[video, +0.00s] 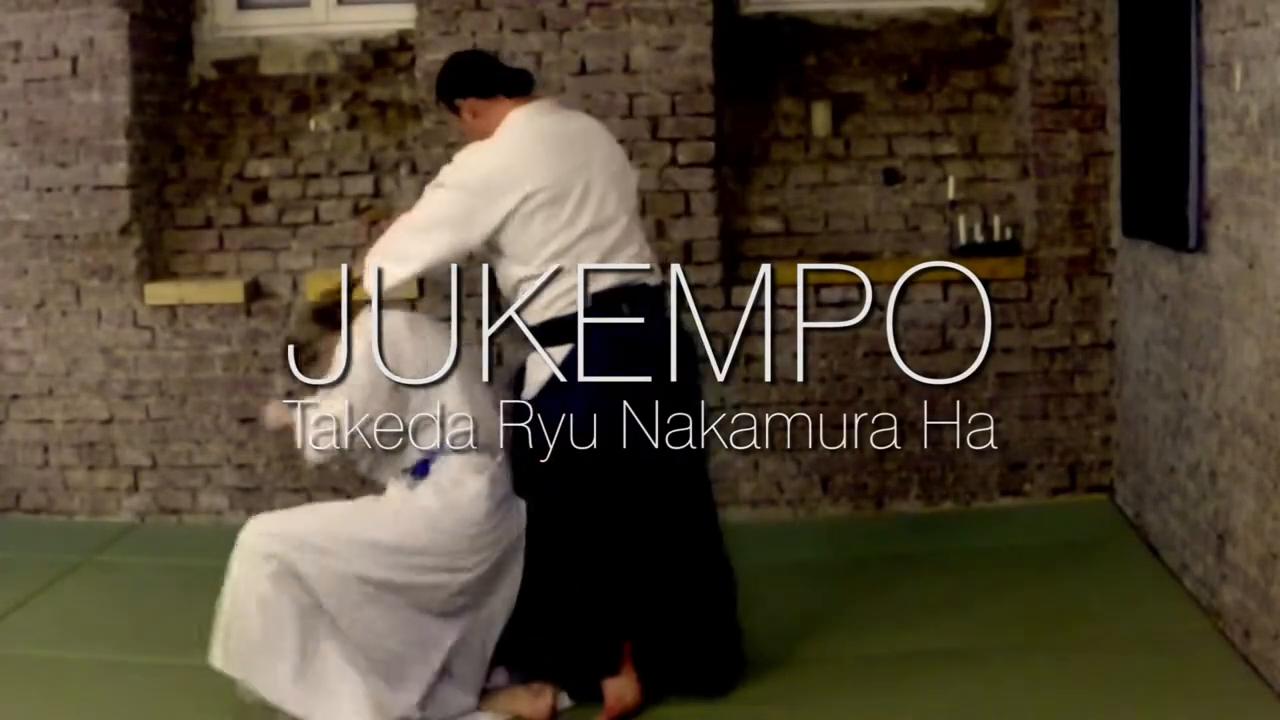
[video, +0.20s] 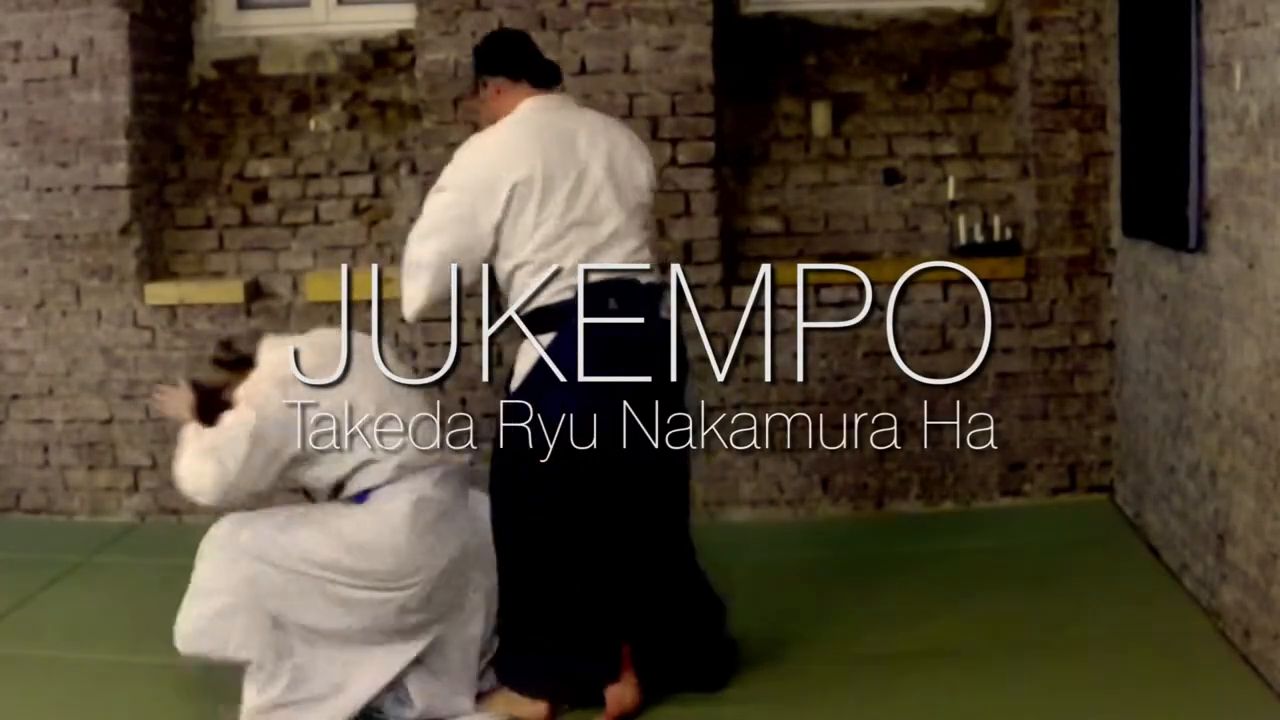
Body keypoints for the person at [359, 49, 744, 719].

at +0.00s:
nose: (461, 134)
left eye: (456, 120)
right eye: (456, 122)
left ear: (470, 106)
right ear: (518, 88)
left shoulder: (491, 160)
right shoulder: (592, 130)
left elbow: (411, 245)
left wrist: (364, 273)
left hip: (576, 340)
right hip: (654, 328)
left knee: (568, 508)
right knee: (657, 501)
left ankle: (611, 667)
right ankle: (684, 654)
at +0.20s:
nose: (480, 116)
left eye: (478, 103)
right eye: (478, 105)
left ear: (498, 89)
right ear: (546, 81)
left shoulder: (491, 151)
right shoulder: (622, 137)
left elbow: (424, 279)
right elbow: (633, 219)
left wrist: (423, 298)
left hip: (559, 349)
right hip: (647, 342)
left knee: (529, 509)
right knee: (630, 507)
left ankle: (532, 680)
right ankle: (629, 663)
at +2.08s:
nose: (626, 50)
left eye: (638, 37)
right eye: (614, 38)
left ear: (661, 47)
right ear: (596, 48)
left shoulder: (699, 129)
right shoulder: (571, 128)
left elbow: (742, 206)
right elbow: (538, 211)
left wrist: (717, 240)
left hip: (684, 322)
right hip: (597, 324)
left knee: (729, 477)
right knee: (613, 492)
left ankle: (773, 638)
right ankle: (626, 649)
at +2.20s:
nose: (622, 49)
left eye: (634, 36)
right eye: (611, 37)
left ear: (657, 46)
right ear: (592, 46)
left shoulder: (694, 128)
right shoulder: (568, 128)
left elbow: (742, 211)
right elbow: (543, 209)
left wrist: (679, 231)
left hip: (680, 316)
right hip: (595, 321)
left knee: (711, 477)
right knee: (614, 485)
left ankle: (739, 637)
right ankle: (626, 641)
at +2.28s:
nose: (622, 50)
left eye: (634, 37)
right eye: (611, 38)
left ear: (658, 46)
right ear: (594, 47)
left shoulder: (696, 127)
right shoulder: (576, 128)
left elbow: (743, 208)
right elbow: (554, 218)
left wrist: (671, 223)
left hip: (688, 330)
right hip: (602, 330)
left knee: (707, 490)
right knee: (618, 490)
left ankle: (719, 643)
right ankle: (633, 644)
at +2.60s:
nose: (641, 81)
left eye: (654, 68)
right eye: (630, 69)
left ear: (678, 74)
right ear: (616, 76)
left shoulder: (720, 145)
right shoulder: (599, 149)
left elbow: (760, 233)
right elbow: (586, 241)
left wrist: (695, 184)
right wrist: (637, 177)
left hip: (707, 345)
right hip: (627, 348)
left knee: (722, 504)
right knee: (639, 501)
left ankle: (723, 644)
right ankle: (645, 645)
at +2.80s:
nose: (642, 81)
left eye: (655, 69)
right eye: (632, 70)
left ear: (682, 73)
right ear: (619, 75)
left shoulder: (726, 143)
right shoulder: (604, 147)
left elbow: (762, 232)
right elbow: (584, 234)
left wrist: (686, 171)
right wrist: (630, 173)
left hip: (708, 337)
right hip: (626, 340)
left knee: (734, 489)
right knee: (642, 488)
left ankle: (737, 628)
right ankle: (645, 629)